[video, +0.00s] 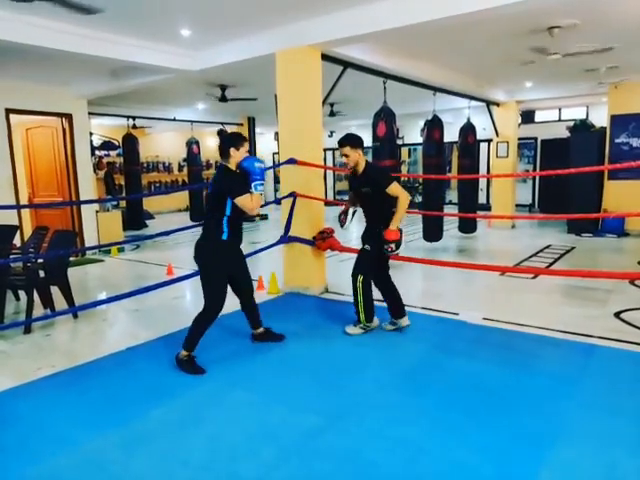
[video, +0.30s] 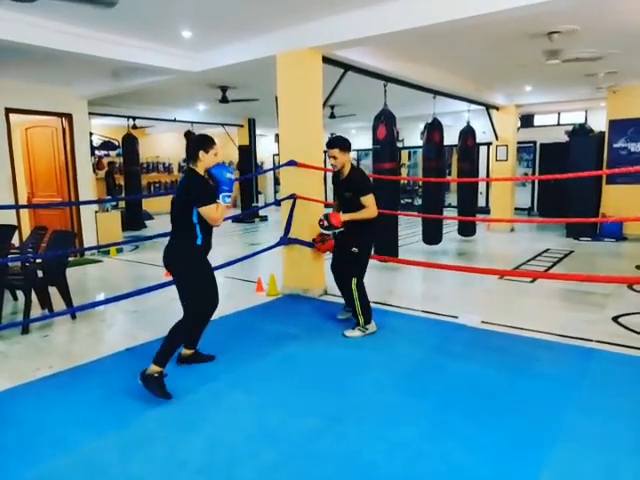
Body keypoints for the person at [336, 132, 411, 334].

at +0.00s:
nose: (344, 161)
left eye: (347, 156)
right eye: (342, 157)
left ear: (359, 152)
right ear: (346, 155)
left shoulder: (375, 173)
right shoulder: (354, 176)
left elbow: (404, 196)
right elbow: (357, 197)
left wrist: (394, 227)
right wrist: (348, 207)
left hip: (381, 230)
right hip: (372, 229)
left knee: (360, 275)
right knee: (380, 275)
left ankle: (366, 321)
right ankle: (399, 316)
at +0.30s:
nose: (332, 162)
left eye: (335, 157)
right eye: (329, 158)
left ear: (347, 155)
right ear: (329, 157)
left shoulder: (359, 177)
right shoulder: (337, 177)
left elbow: (372, 211)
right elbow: (339, 204)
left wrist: (343, 217)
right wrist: (331, 219)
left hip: (362, 233)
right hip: (345, 231)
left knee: (353, 277)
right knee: (338, 269)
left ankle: (366, 323)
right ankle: (352, 306)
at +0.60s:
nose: (315, 168)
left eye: (318, 163)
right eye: (313, 163)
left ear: (331, 161)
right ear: (313, 164)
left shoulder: (346, 184)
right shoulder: (319, 187)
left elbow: (365, 209)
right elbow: (318, 210)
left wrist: (346, 228)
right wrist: (312, 224)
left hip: (345, 233)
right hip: (327, 233)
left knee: (334, 275)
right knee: (322, 275)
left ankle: (353, 311)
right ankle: (336, 309)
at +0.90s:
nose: (310, 161)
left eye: (313, 157)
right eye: (308, 157)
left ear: (327, 156)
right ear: (308, 158)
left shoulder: (340, 179)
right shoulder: (312, 181)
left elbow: (361, 202)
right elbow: (311, 205)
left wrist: (339, 214)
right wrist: (307, 216)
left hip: (341, 232)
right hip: (322, 233)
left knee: (334, 280)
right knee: (327, 278)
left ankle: (337, 335)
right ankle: (335, 310)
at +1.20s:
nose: (309, 158)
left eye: (311, 153)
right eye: (307, 155)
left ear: (324, 152)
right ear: (309, 155)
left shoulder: (337, 174)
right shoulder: (316, 175)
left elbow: (324, 198)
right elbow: (291, 197)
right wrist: (287, 175)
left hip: (343, 231)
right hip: (327, 229)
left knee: (328, 281)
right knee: (315, 274)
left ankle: (337, 338)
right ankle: (338, 307)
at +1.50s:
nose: (307, 150)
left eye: (310, 145)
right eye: (305, 146)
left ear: (321, 144)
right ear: (307, 148)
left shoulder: (335, 166)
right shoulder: (311, 167)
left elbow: (321, 183)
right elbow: (285, 184)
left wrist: (310, 156)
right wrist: (282, 161)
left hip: (336, 228)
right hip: (321, 228)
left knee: (327, 280)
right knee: (321, 278)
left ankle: (336, 335)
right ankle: (335, 317)